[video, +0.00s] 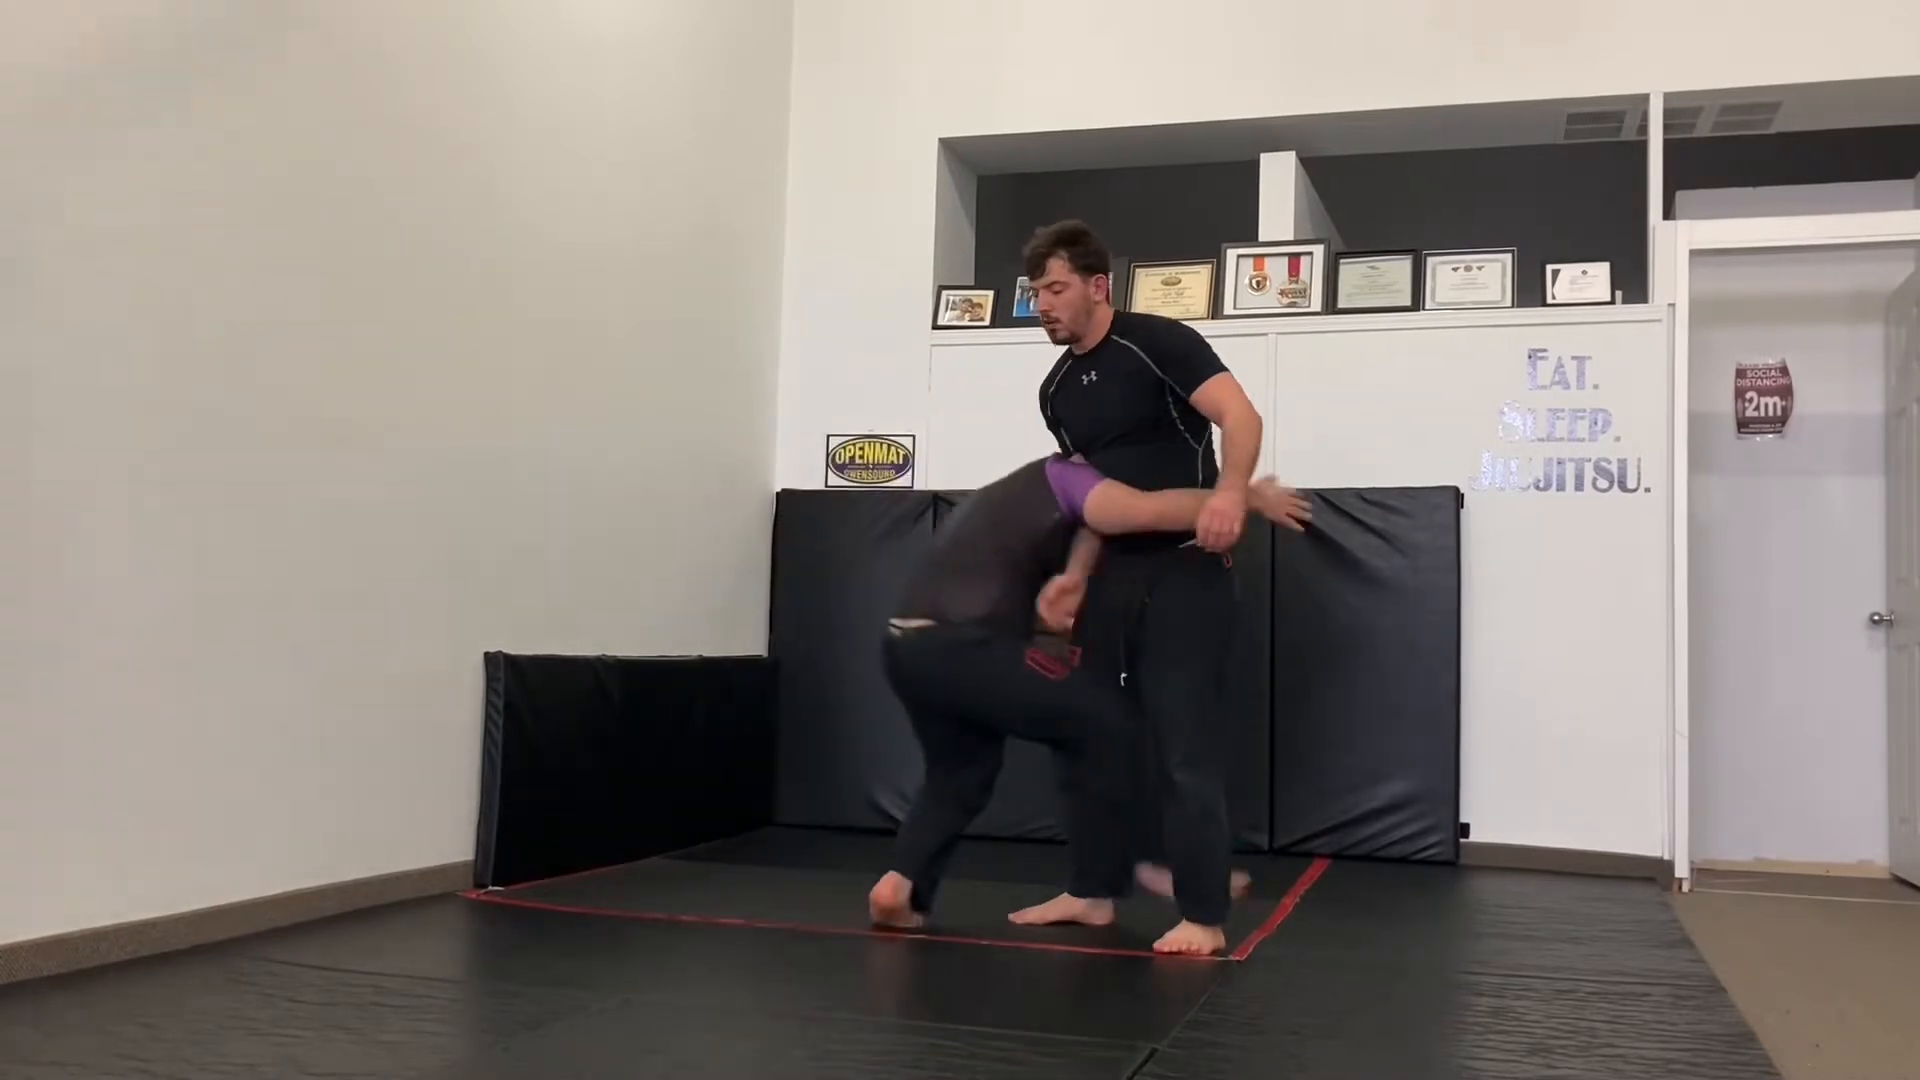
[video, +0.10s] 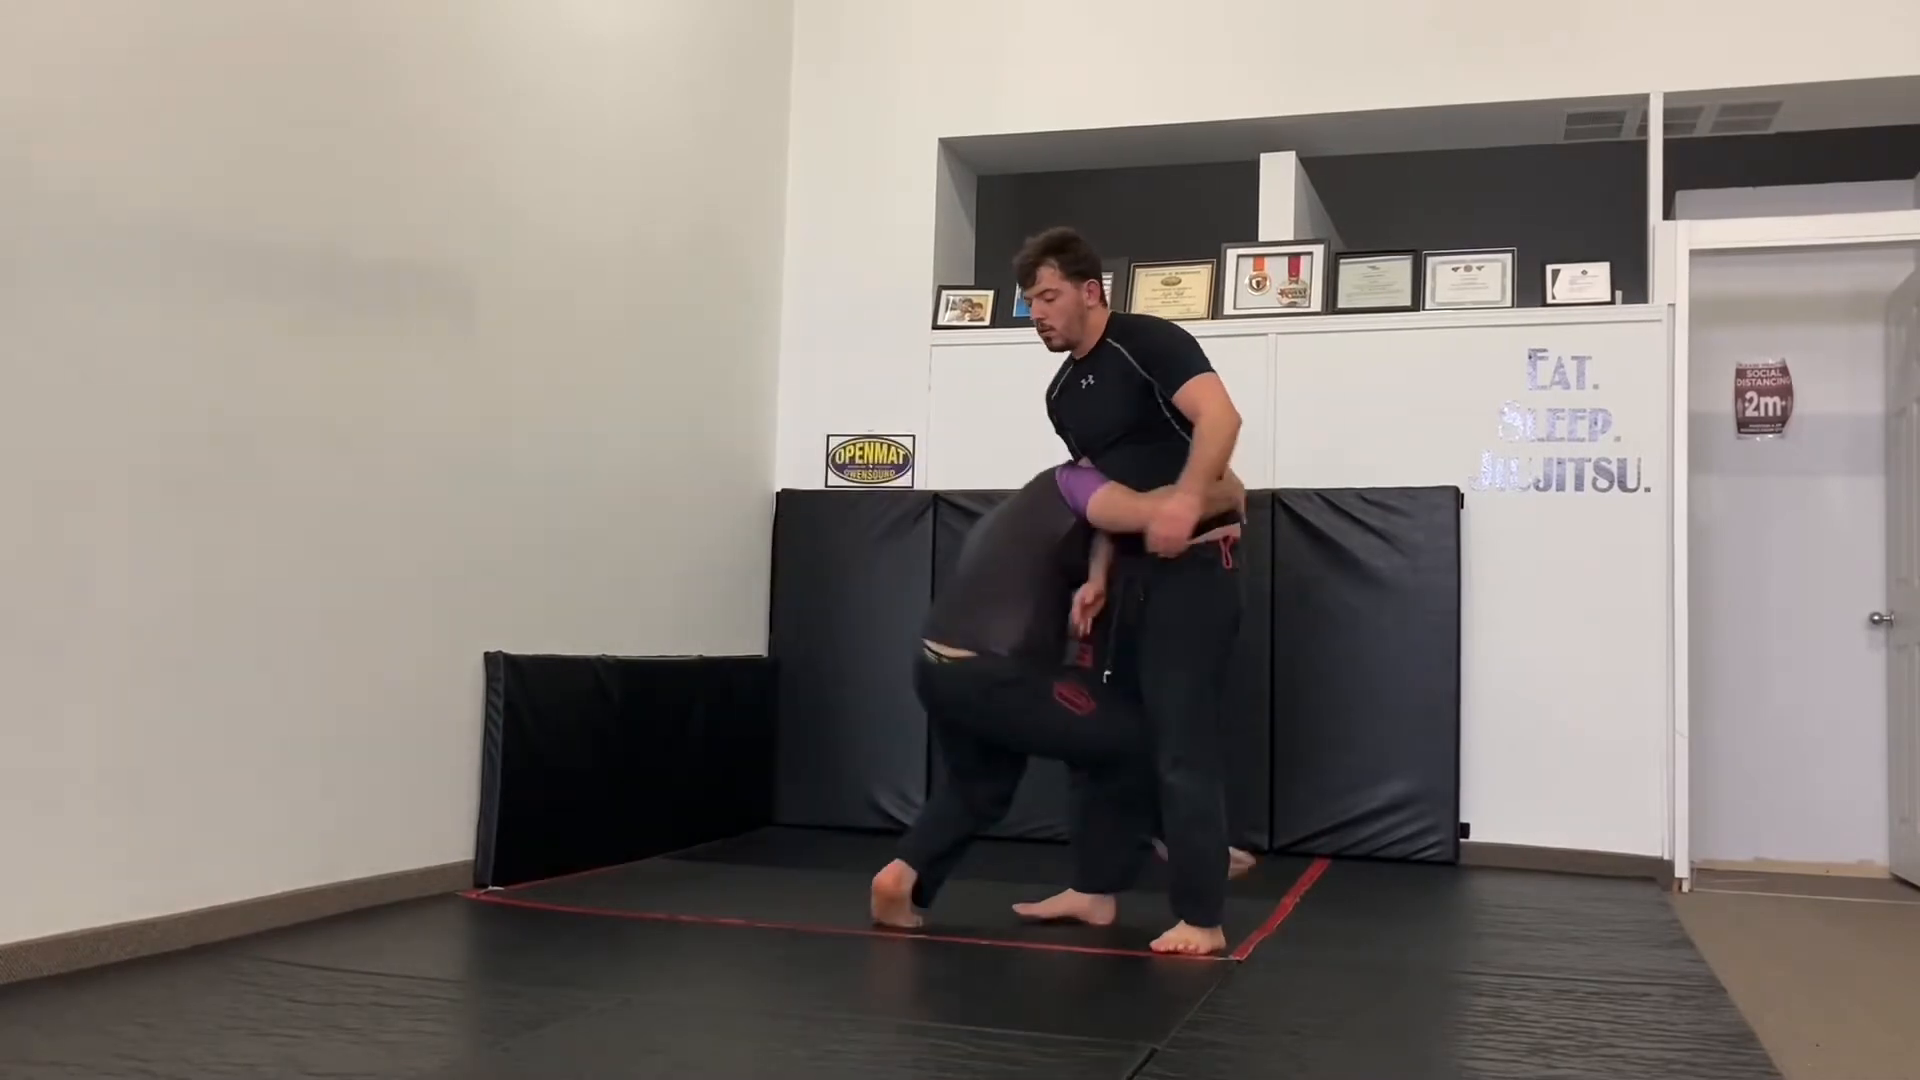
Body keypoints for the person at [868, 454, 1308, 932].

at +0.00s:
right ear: (1093, 465)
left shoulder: (1007, 495)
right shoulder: (1063, 478)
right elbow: (1145, 511)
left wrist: (1040, 617)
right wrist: (1249, 497)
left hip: (910, 649)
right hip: (971, 650)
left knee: (961, 768)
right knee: (1105, 719)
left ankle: (902, 881)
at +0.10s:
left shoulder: (1028, 498)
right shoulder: (1075, 483)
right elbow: (1159, 515)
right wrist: (1231, 496)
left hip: (940, 672)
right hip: (1003, 680)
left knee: (978, 787)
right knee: (1141, 737)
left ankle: (903, 873)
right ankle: (1196, 854)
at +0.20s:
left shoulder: (1048, 508)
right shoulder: (1088, 490)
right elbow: (1151, 505)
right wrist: (1227, 481)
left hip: (968, 688)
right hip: (1030, 696)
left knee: (1004, 796)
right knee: (1155, 765)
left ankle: (914, 864)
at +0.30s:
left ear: (1114, 487)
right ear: (1134, 495)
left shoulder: (1074, 525)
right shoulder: (1106, 529)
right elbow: (1144, 511)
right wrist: (1239, 482)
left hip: (998, 702)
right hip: (1053, 712)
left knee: (1021, 808)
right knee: (1155, 803)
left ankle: (924, 864)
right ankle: (1082, 882)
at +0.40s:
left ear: (1116, 494)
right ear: (1146, 492)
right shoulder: (1128, 522)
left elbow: (1170, 652)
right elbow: (1165, 535)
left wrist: (1231, 705)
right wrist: (1255, 497)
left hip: (1020, 721)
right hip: (1076, 731)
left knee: (1024, 824)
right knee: (1148, 831)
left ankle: (932, 865)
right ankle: (1095, 894)